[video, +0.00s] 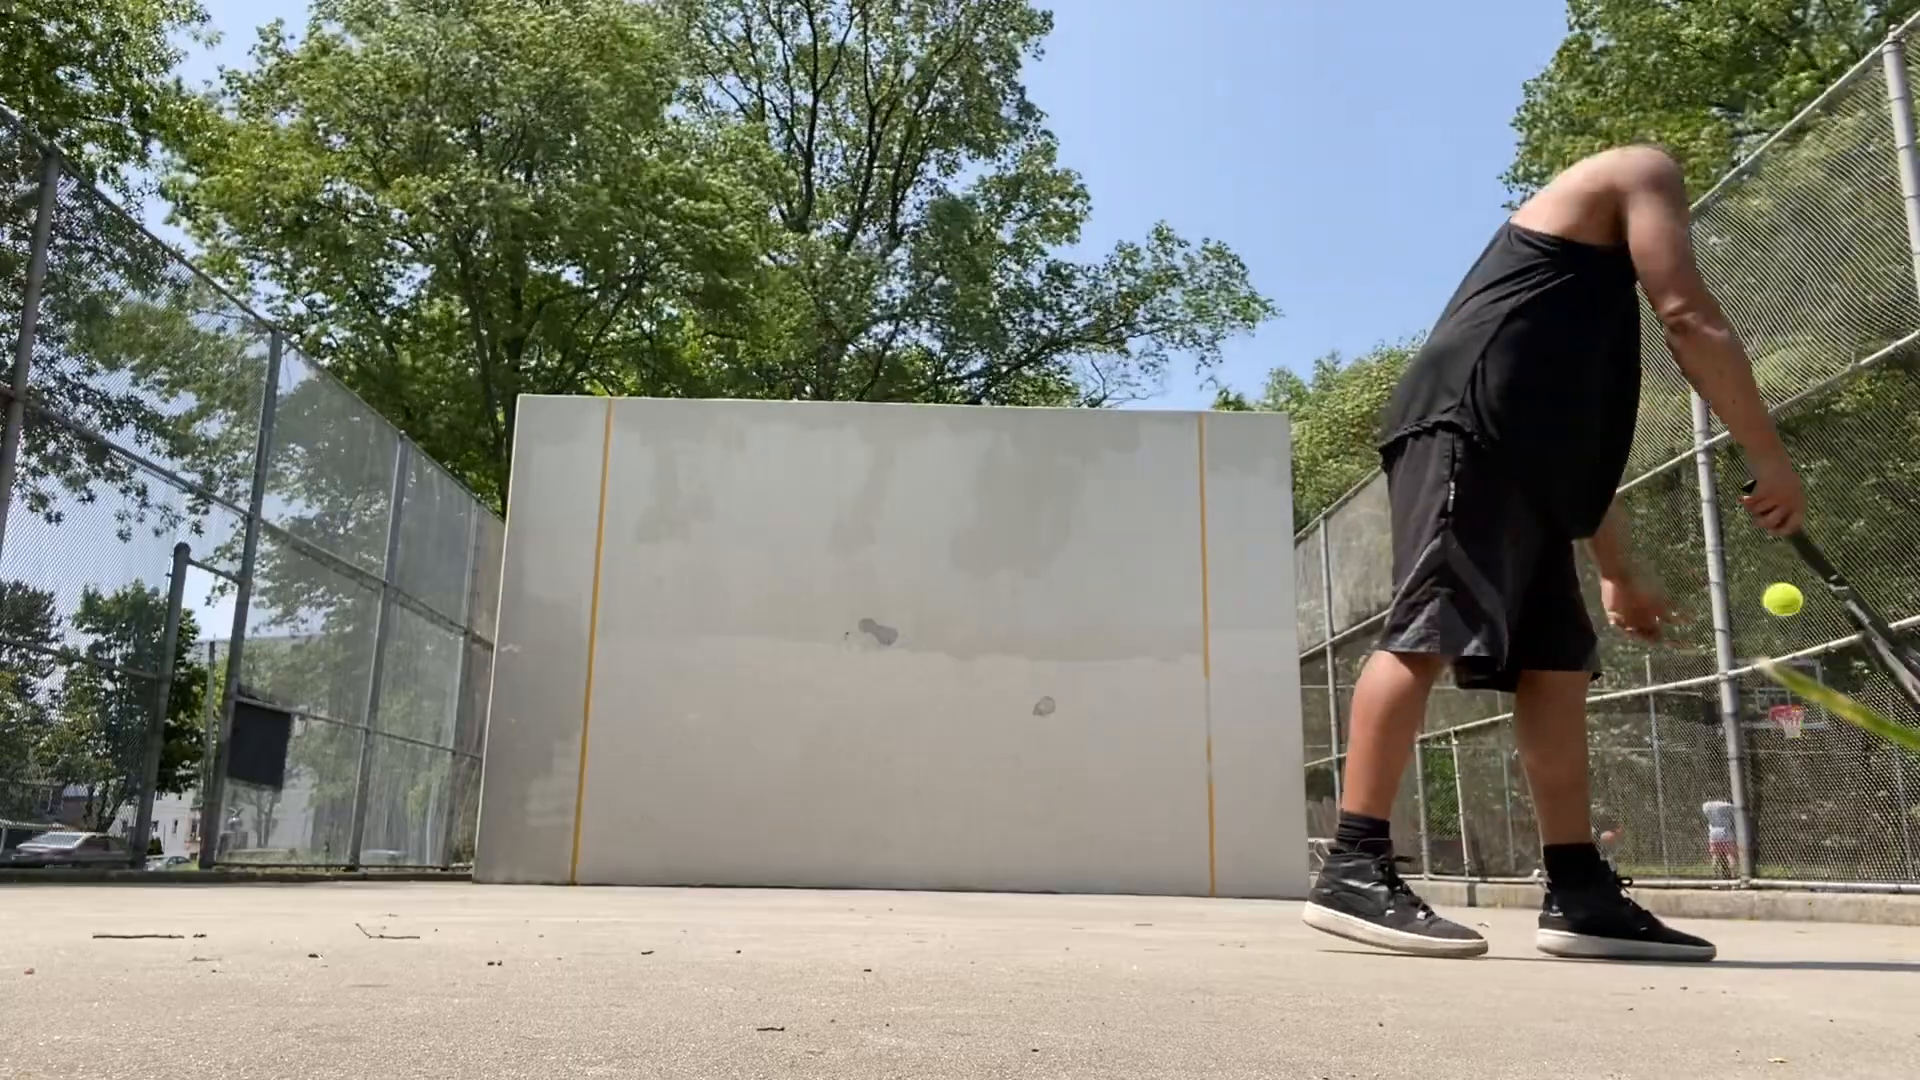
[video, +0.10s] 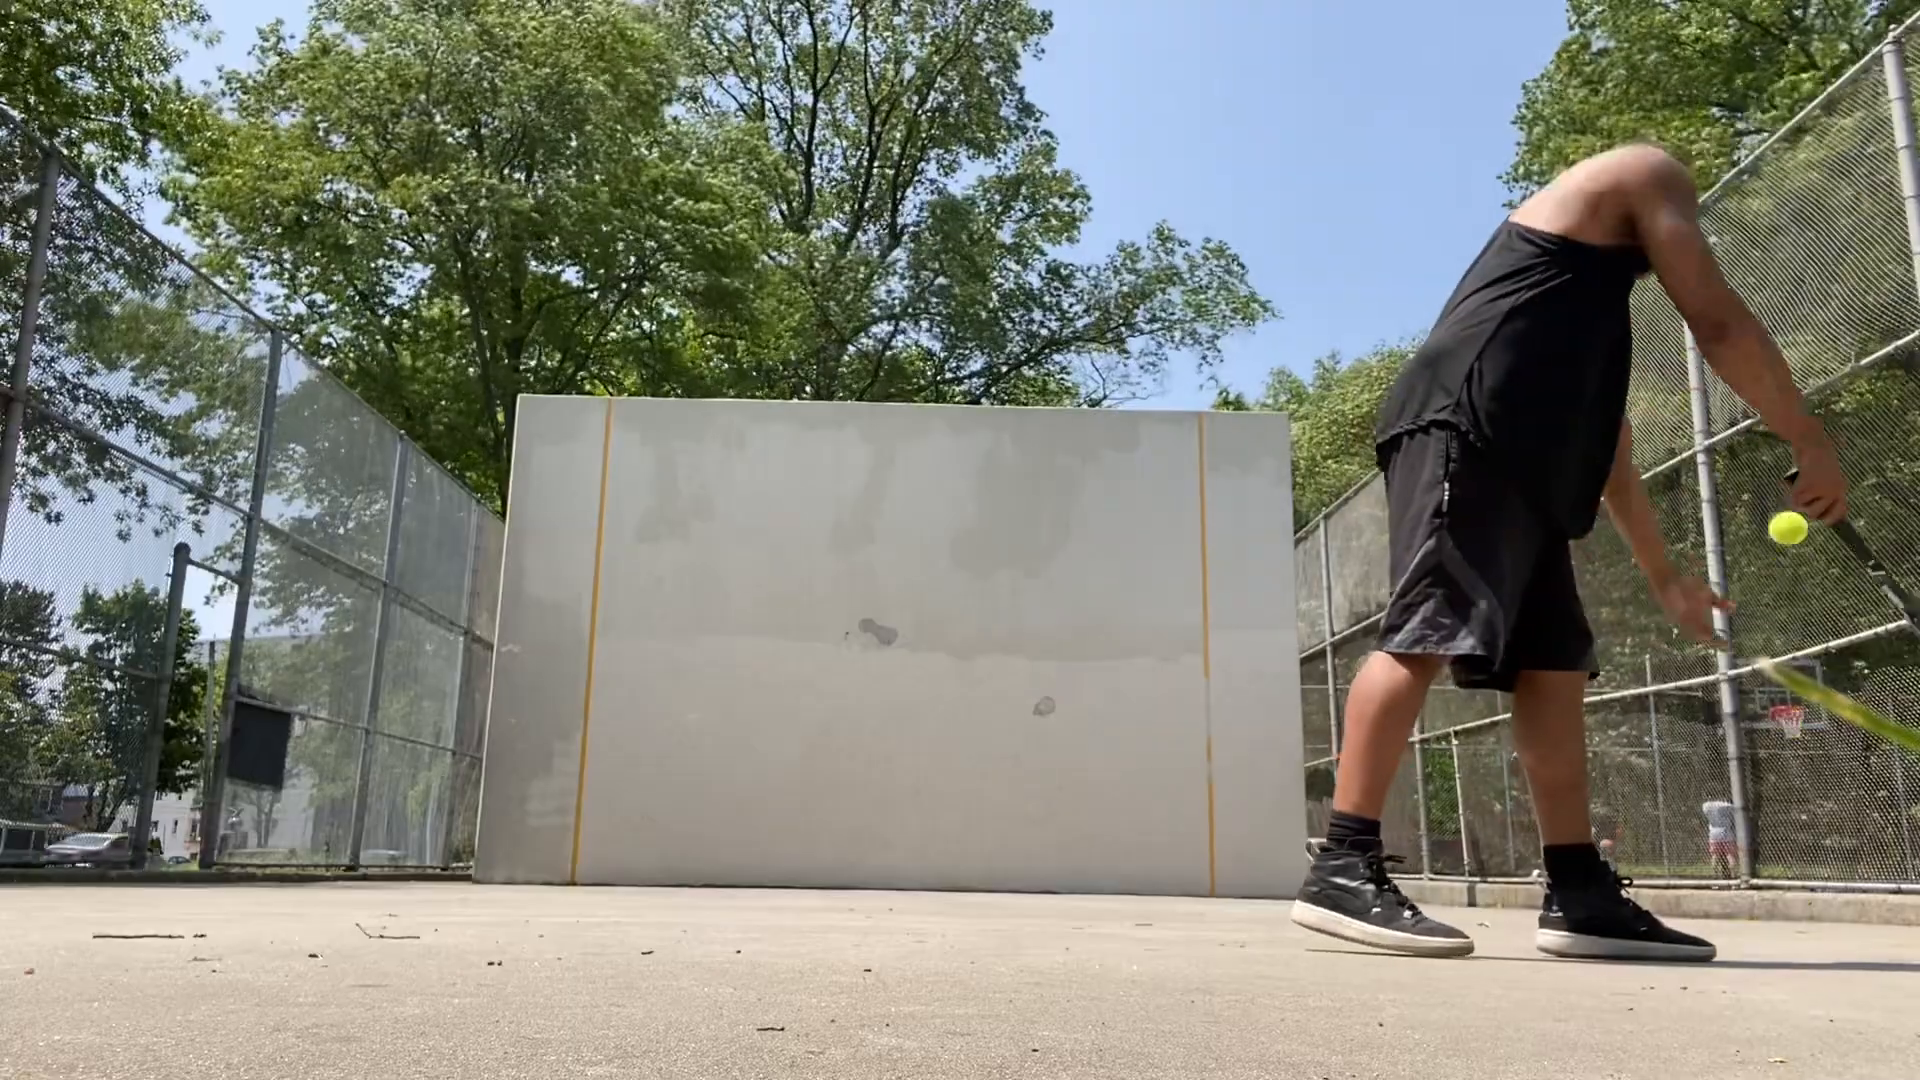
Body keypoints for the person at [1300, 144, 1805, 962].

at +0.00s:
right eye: (1671, 182)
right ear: (1656, 164)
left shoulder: (1580, 282)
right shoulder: (1636, 170)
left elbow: (1574, 429)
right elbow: (1687, 315)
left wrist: (1620, 570)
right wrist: (1770, 456)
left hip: (1525, 459)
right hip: (1465, 421)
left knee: (1556, 658)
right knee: (1420, 634)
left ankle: (1579, 892)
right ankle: (1354, 866)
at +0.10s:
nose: (1679, 210)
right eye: (1677, 194)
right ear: (1662, 169)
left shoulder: (1584, 305)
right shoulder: (1641, 171)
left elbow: (1610, 450)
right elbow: (1717, 323)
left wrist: (1667, 579)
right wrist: (1809, 443)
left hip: (1516, 465)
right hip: (1457, 423)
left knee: (1551, 657)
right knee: (1418, 636)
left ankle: (1579, 891)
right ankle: (1343, 864)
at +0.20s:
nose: (1670, 214)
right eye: (1665, 194)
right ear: (1638, 176)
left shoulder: (1572, 312)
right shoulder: (1631, 168)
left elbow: (1646, 443)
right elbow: (1721, 318)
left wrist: (1721, 539)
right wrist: (1814, 416)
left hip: (1508, 465)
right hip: (1450, 425)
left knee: (1547, 659)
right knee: (1413, 638)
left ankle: (1579, 892)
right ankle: (1334, 865)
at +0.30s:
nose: (1658, 209)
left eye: (1655, 201)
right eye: (1651, 188)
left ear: (1606, 218)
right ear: (1623, 171)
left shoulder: (1575, 307)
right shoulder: (1613, 163)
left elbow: (1662, 414)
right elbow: (1705, 311)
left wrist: (1753, 485)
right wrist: (1796, 402)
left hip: (1499, 468)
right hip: (1437, 425)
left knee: (1543, 657)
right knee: (1414, 634)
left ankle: (1578, 893)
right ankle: (1329, 867)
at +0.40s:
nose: (1634, 194)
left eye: (1630, 186)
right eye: (1623, 175)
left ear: (1564, 182)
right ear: (1601, 154)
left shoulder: (1551, 287)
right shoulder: (1586, 151)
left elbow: (1658, 393)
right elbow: (1671, 306)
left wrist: (1756, 439)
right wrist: (1760, 388)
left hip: (1485, 461)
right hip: (1425, 423)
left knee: (1535, 660)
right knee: (1416, 635)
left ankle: (1578, 895)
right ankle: (1323, 874)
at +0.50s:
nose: (1595, 165)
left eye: (1591, 157)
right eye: (1589, 148)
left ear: (1525, 135)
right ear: (1571, 131)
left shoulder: (1506, 247)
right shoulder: (1552, 142)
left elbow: (1618, 379)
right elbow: (1624, 296)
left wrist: (1693, 414)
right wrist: (1715, 394)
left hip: (1466, 451)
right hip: (1416, 422)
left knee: (1520, 665)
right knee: (1428, 637)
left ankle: (1578, 894)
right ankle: (1322, 878)